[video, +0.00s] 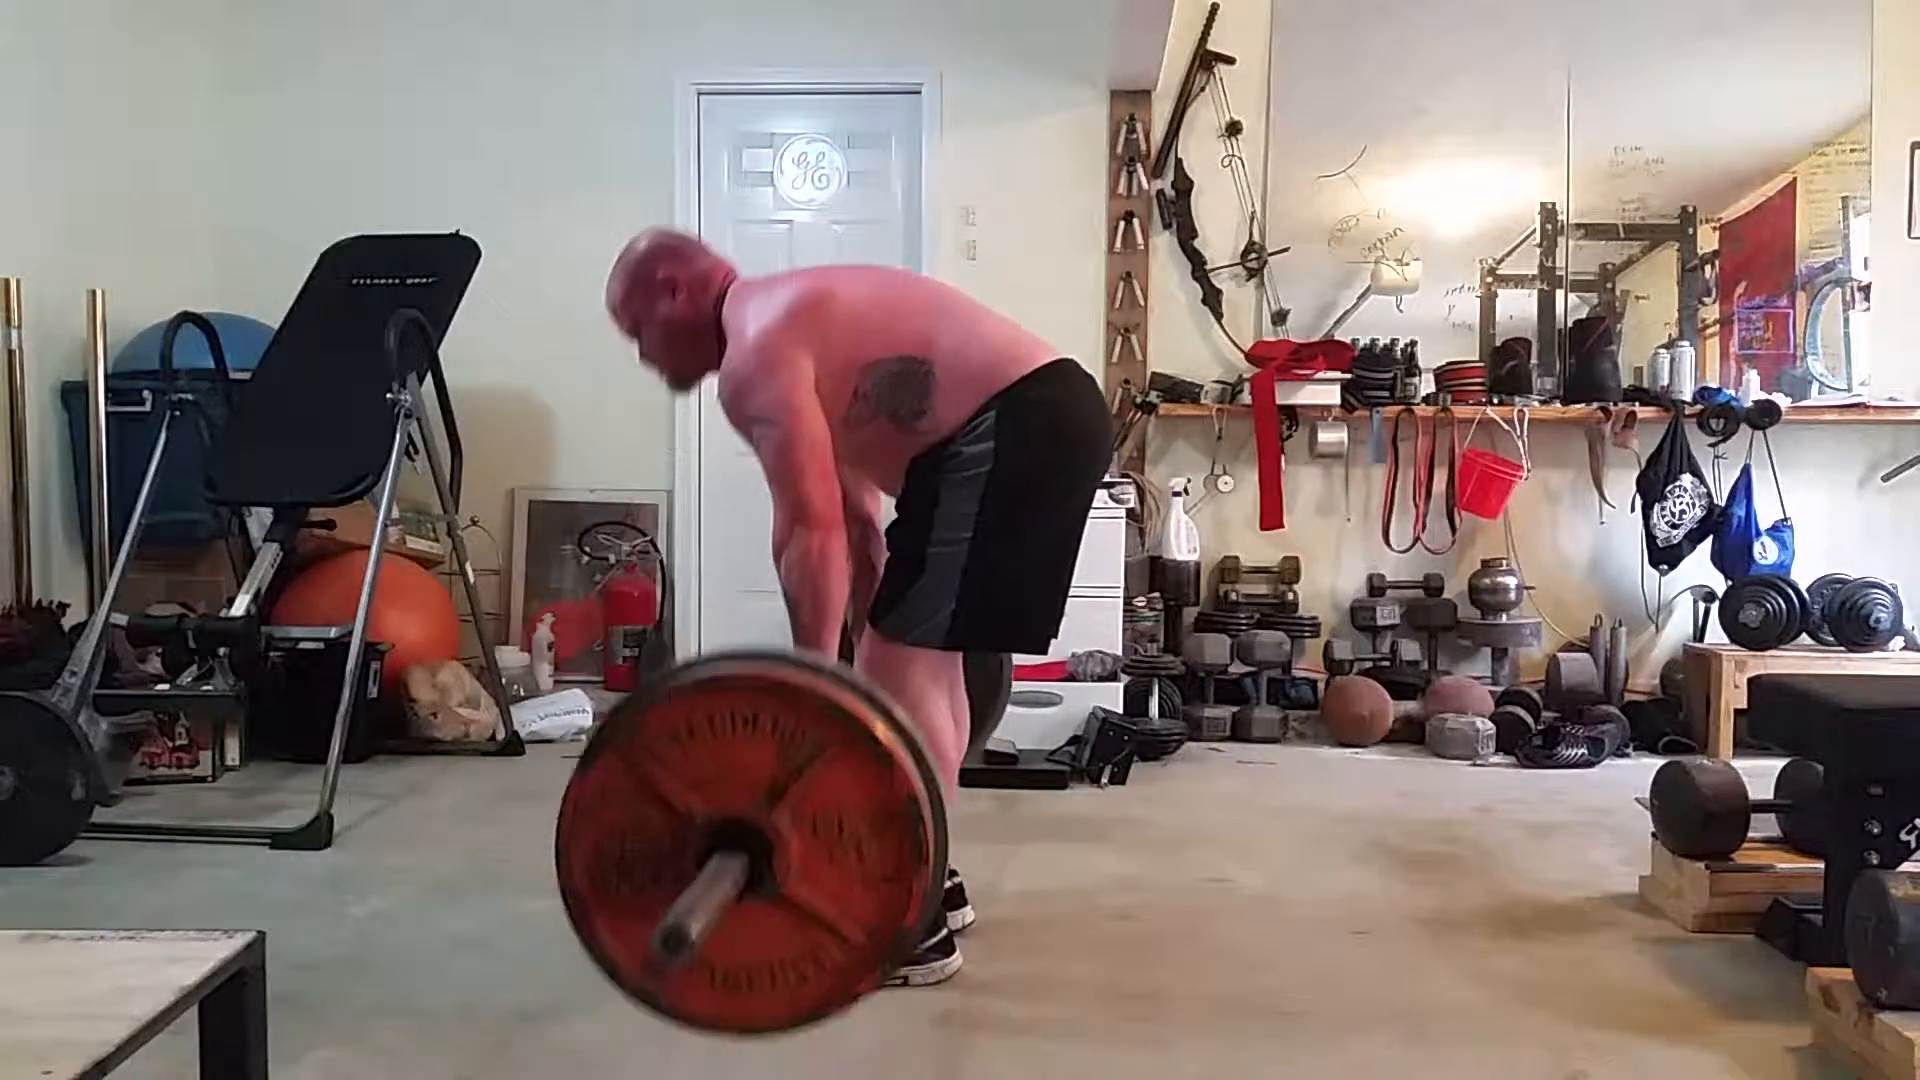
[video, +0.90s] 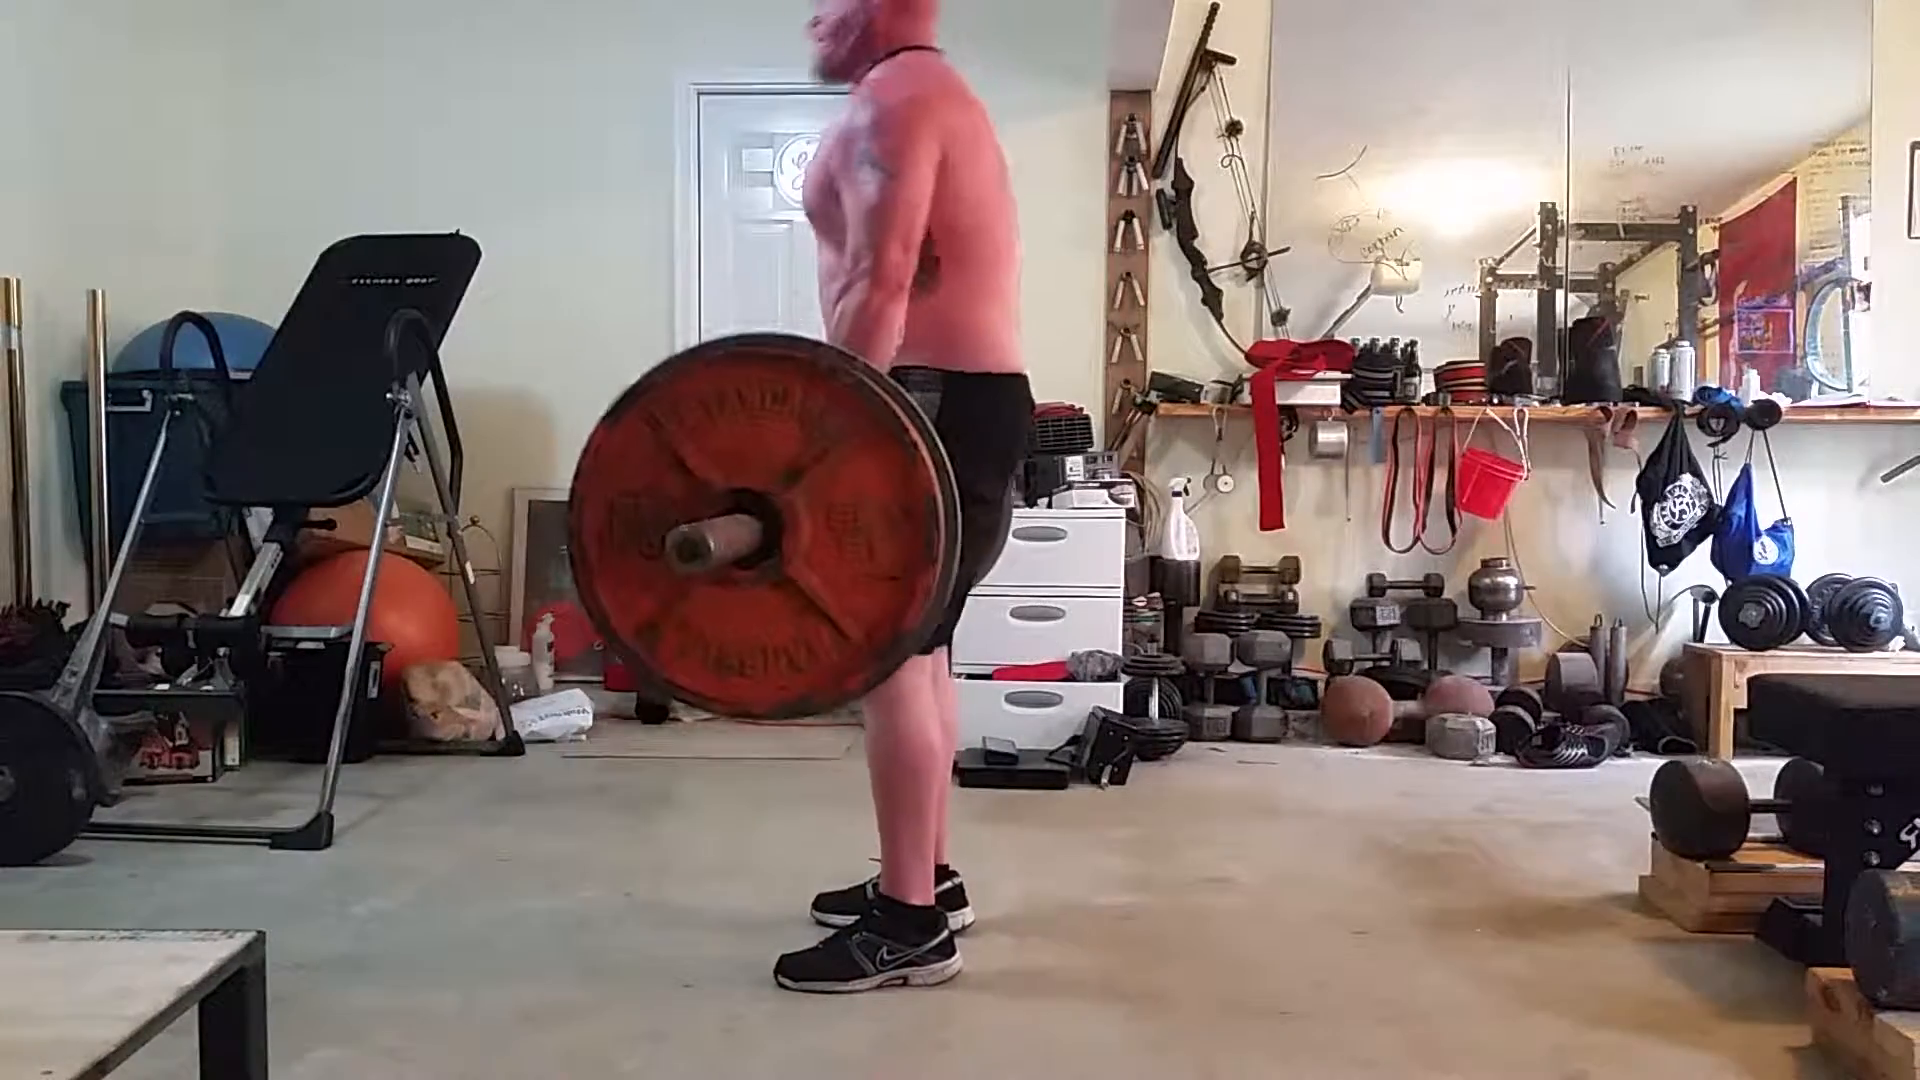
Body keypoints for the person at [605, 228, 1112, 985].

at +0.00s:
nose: (645, 358)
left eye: (638, 333)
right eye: (633, 342)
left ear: (675, 288)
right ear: (689, 283)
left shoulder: (758, 353)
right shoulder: (783, 334)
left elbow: (811, 529)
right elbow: (860, 534)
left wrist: (807, 693)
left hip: (1010, 424)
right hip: (1027, 416)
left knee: (896, 662)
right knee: (924, 660)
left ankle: (912, 912)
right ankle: (922, 882)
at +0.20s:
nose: (660, 258)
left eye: (659, 232)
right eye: (653, 239)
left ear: (707, 198)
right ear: (714, 196)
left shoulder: (781, 266)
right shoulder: (802, 255)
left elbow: (824, 451)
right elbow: (862, 447)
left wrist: (809, 624)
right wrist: (864, 570)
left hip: (1005, 416)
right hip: (991, 419)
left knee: (917, 665)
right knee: (927, 660)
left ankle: (908, 912)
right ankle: (925, 882)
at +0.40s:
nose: (700, 118)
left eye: (710, 95)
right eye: (701, 99)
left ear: (766, 88)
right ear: (775, 92)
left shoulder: (817, 175)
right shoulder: (821, 174)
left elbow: (845, 357)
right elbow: (834, 363)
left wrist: (822, 532)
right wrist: (815, 528)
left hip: (981, 400)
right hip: (954, 402)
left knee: (918, 645)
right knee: (912, 640)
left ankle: (911, 916)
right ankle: (919, 881)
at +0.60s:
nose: (787, 17)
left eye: (801, 2)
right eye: (793, 3)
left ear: (851, 8)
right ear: (871, 16)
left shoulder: (875, 100)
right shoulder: (893, 100)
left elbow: (873, 284)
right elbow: (867, 291)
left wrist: (825, 449)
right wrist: (806, 442)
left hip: (936, 400)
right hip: (954, 397)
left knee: (914, 652)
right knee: (923, 649)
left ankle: (912, 916)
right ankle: (926, 879)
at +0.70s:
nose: (826, 10)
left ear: (885, 1)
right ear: (921, 7)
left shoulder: (900, 88)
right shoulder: (944, 90)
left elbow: (888, 272)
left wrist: (817, 426)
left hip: (932, 402)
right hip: (966, 398)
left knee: (910, 656)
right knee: (921, 653)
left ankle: (914, 920)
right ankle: (922, 882)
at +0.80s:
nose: (842, 11)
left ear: (902, 4)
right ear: (925, 10)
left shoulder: (917, 87)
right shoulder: (946, 87)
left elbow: (894, 279)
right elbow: (873, 279)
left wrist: (824, 430)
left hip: (936, 401)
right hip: (962, 399)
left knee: (902, 655)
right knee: (916, 652)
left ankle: (912, 919)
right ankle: (923, 882)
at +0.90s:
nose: (811, 20)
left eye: (825, 5)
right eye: (816, 7)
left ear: (875, 7)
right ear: (899, 14)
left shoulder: (901, 91)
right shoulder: (924, 93)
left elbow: (885, 279)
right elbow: (883, 285)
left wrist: (819, 435)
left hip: (935, 398)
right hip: (959, 398)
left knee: (893, 652)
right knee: (918, 649)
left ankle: (908, 920)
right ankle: (926, 879)